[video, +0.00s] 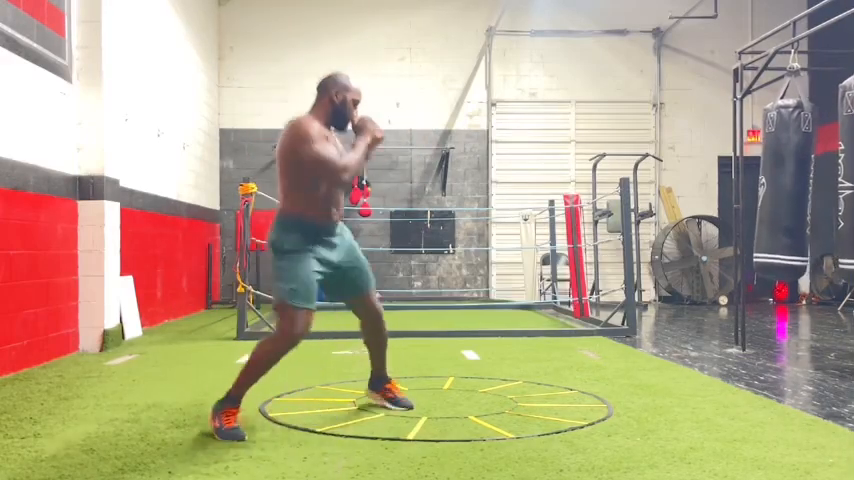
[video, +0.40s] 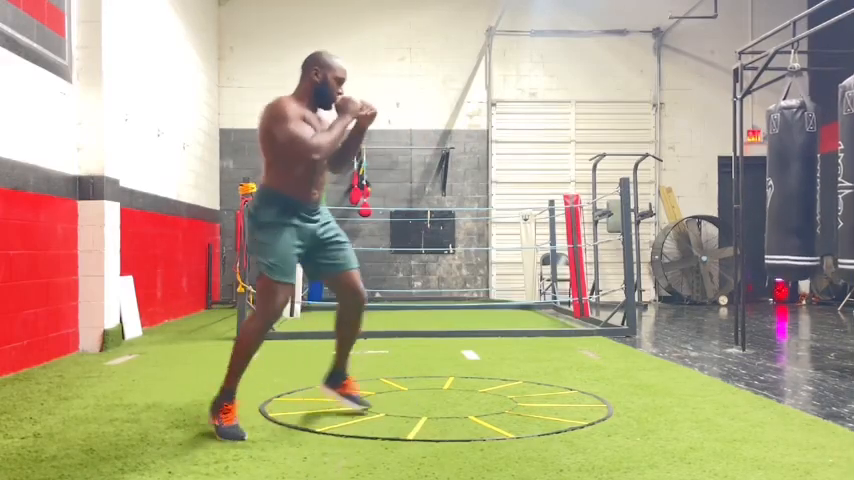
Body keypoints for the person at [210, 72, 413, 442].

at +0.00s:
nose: (356, 111)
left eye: (358, 105)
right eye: (353, 103)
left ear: (335, 97)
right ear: (333, 96)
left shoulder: (333, 136)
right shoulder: (303, 129)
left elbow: (337, 176)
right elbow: (344, 171)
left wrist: (362, 149)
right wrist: (365, 139)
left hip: (337, 237)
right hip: (297, 239)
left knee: (372, 311)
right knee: (293, 329)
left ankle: (380, 381)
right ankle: (228, 406)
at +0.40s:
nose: (341, 90)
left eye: (343, 84)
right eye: (338, 82)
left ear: (318, 75)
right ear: (314, 74)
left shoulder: (323, 118)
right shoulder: (282, 110)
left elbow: (338, 165)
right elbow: (317, 149)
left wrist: (360, 129)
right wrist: (346, 116)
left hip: (317, 217)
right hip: (276, 216)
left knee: (355, 296)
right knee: (272, 306)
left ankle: (338, 375)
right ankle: (224, 400)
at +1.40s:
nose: (261, 102)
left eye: (263, 96)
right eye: (259, 94)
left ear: (242, 90)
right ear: (237, 86)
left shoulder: (239, 129)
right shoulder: (201, 118)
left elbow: (254, 172)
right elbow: (231, 157)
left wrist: (279, 147)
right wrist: (267, 128)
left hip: (234, 224)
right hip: (192, 227)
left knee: (275, 297)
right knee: (181, 315)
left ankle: (288, 372)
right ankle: (142, 403)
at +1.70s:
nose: (298, 101)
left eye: (300, 95)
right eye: (294, 93)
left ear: (282, 91)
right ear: (271, 88)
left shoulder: (294, 131)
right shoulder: (238, 124)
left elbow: (324, 168)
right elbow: (253, 163)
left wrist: (333, 132)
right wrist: (292, 127)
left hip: (284, 224)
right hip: (243, 221)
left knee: (302, 302)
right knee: (218, 300)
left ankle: (300, 384)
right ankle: (173, 385)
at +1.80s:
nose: (304, 92)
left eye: (306, 86)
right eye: (300, 85)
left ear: (296, 86)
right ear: (277, 80)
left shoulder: (303, 122)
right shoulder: (243, 112)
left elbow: (330, 161)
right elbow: (258, 146)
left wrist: (338, 125)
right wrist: (296, 115)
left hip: (295, 212)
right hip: (251, 211)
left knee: (319, 292)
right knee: (234, 292)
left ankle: (315, 370)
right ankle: (204, 368)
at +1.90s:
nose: (309, 101)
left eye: (312, 95)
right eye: (305, 93)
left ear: (309, 96)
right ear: (283, 89)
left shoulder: (308, 133)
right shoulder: (250, 122)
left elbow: (330, 171)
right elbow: (263, 158)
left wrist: (344, 141)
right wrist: (301, 125)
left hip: (305, 221)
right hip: (260, 221)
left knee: (339, 291)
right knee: (242, 302)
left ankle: (359, 367)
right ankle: (216, 376)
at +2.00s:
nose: (317, 119)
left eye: (319, 113)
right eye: (312, 112)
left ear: (316, 112)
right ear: (291, 107)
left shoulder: (318, 149)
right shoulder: (260, 143)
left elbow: (339, 188)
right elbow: (268, 187)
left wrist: (354, 160)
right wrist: (305, 150)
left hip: (318, 237)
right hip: (273, 241)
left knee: (354, 307)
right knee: (245, 320)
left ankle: (388, 377)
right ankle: (217, 380)